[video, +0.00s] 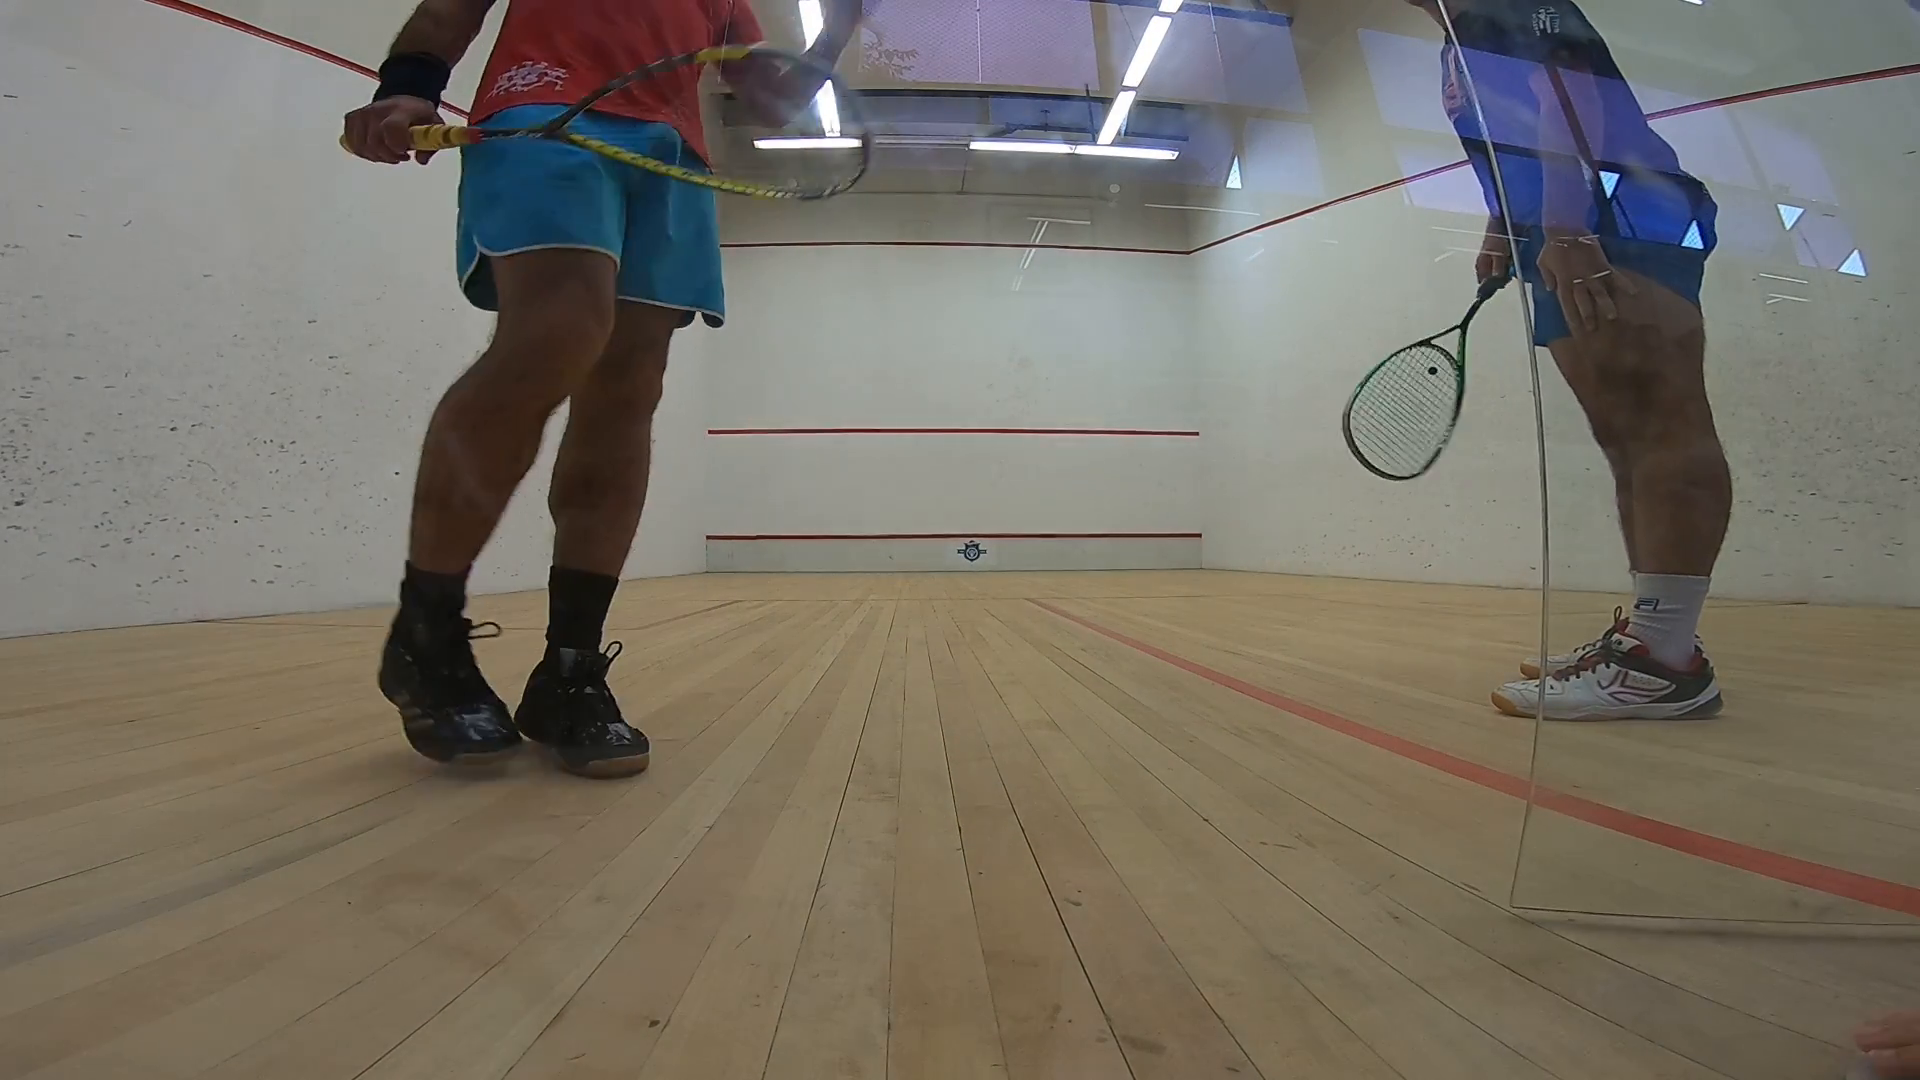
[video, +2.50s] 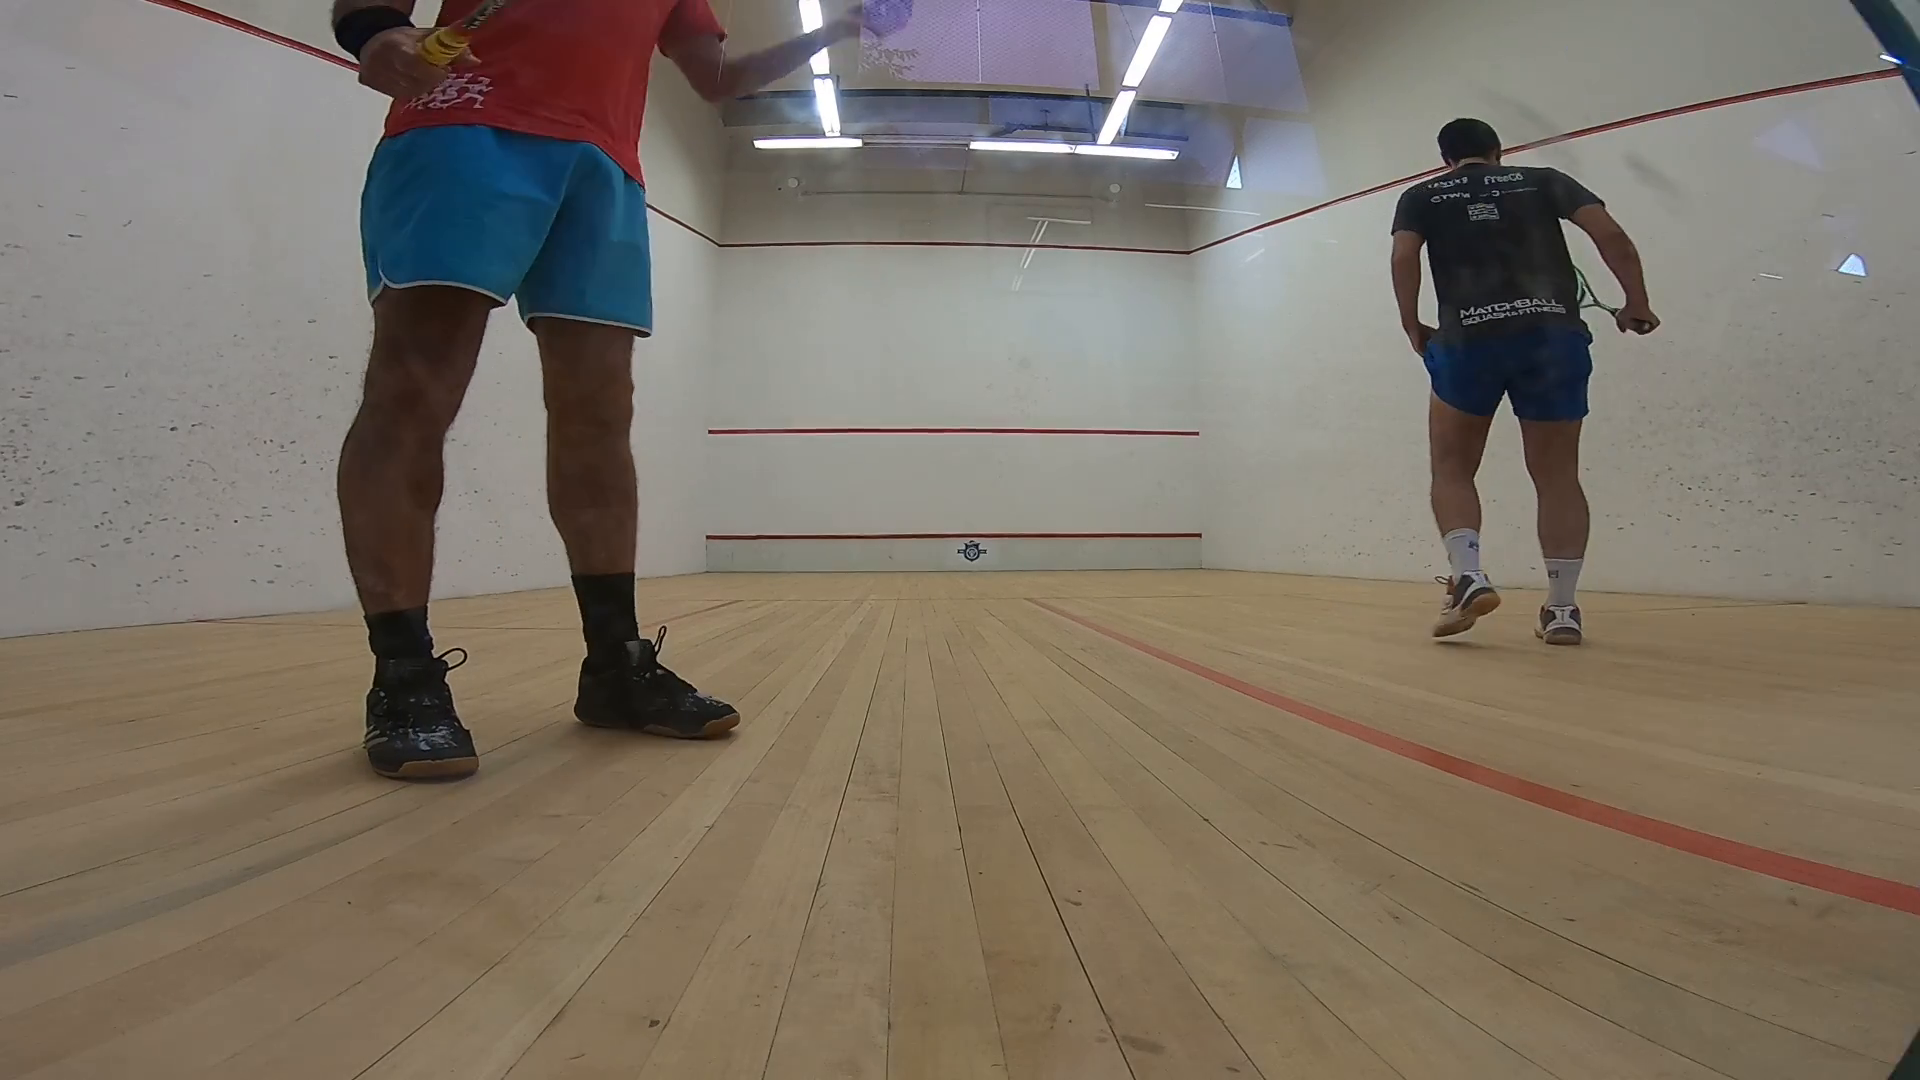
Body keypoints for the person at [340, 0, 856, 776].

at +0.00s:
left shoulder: (720, 6)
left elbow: (755, 79)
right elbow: (461, 6)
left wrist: (789, 80)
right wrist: (407, 84)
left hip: (668, 129)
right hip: (543, 95)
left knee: (629, 385)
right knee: (558, 328)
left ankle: (571, 675)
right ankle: (426, 638)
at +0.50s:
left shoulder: (618, 43)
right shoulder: (520, 1)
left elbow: (571, 177)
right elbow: (437, 52)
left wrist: (649, 180)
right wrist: (479, 112)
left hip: (585, 223)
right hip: (483, 195)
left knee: (611, 411)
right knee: (451, 402)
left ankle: (554, 615)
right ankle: (366, 645)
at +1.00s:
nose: (628, 0)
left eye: (635, 1)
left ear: (635, 11)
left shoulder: (643, 74)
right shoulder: (501, 27)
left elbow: (726, 112)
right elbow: (418, 119)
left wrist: (730, 16)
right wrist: (414, 176)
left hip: (579, 264)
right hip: (482, 230)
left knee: (538, 450)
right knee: (455, 403)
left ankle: (528, 635)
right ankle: (421, 658)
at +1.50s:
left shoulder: (620, 2)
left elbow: (674, 17)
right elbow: (345, 52)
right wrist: (300, 109)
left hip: (549, 176)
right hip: (404, 157)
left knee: (553, 413)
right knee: (377, 398)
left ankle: (529, 599)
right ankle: (392, 671)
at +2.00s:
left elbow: (665, 3)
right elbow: (332, 8)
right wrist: (266, 58)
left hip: (546, 131)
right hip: (388, 112)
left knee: (575, 394)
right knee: (370, 390)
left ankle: (551, 593)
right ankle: (400, 676)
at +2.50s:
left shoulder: (668, 2)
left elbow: (721, 75)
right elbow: (367, 6)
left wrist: (834, 30)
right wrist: (376, 38)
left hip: (604, 151)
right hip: (466, 116)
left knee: (598, 408)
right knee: (412, 391)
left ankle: (617, 664)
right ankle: (405, 682)